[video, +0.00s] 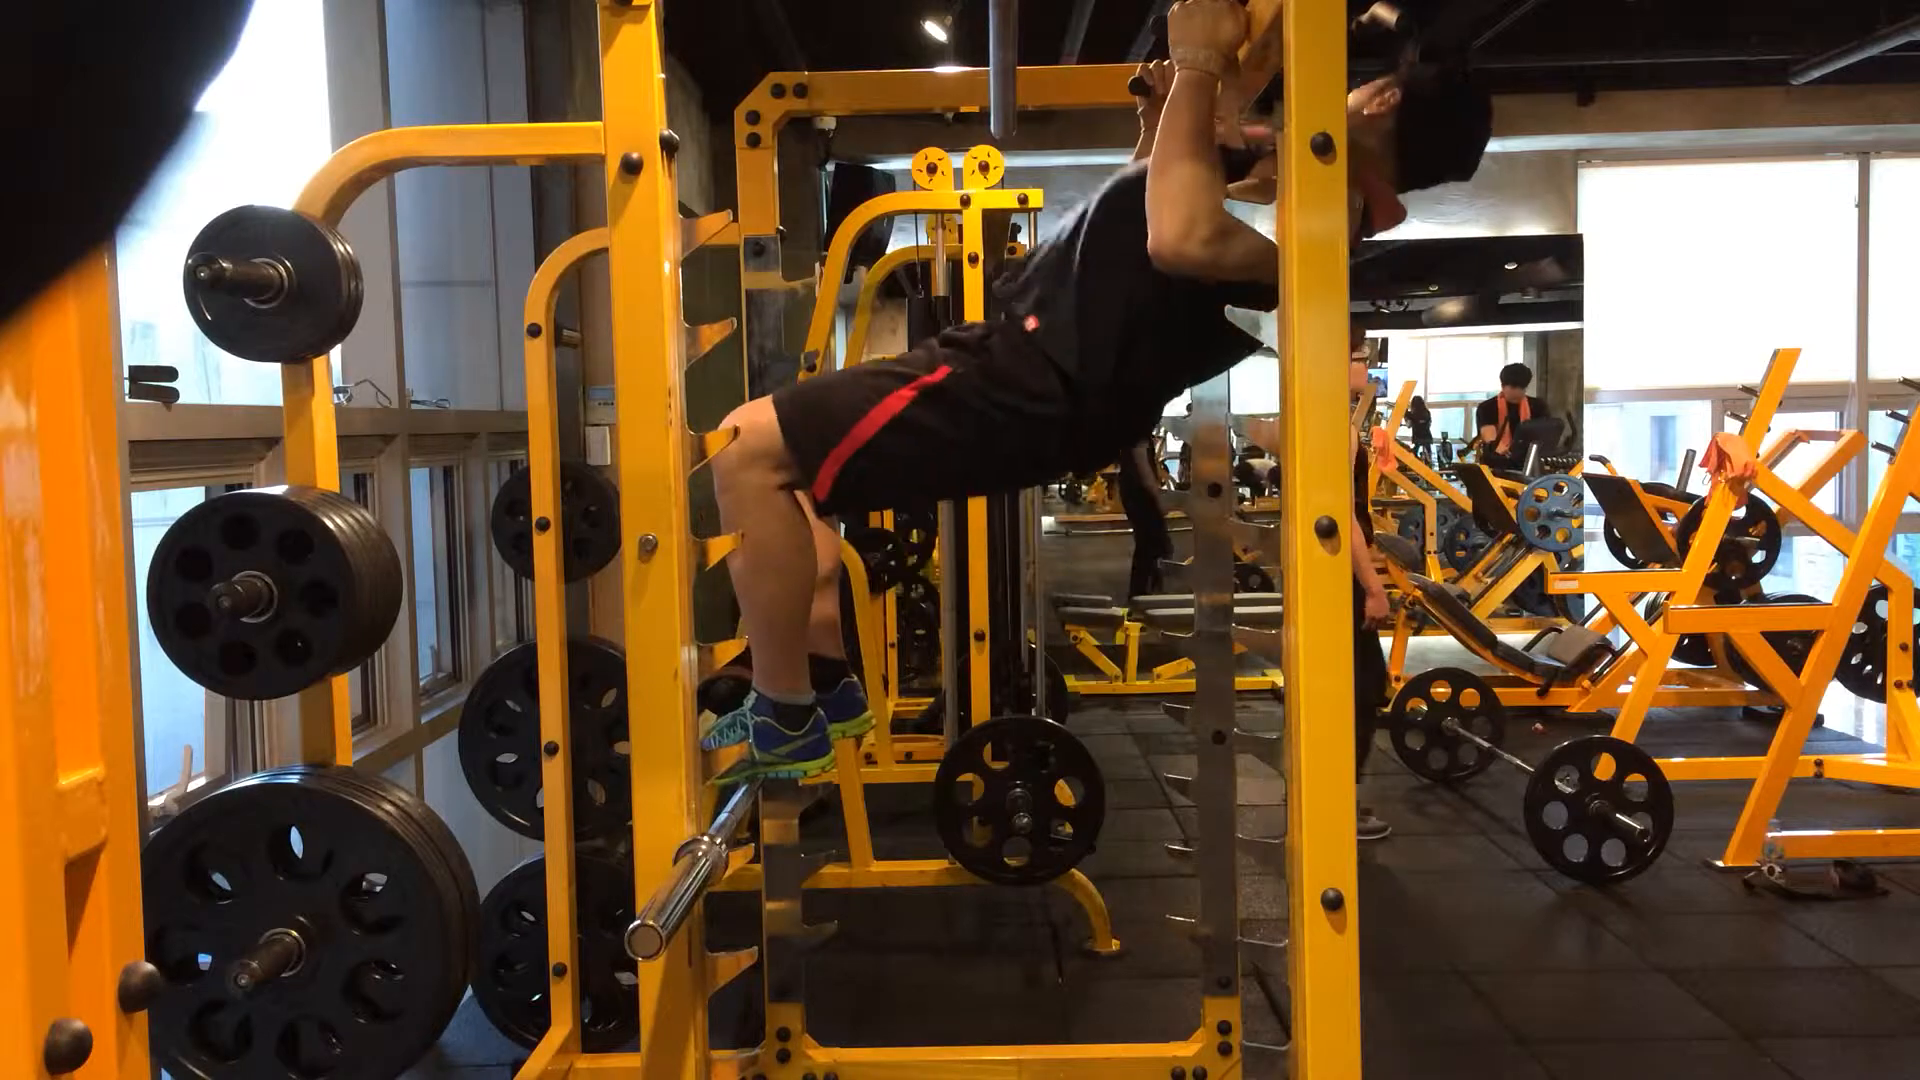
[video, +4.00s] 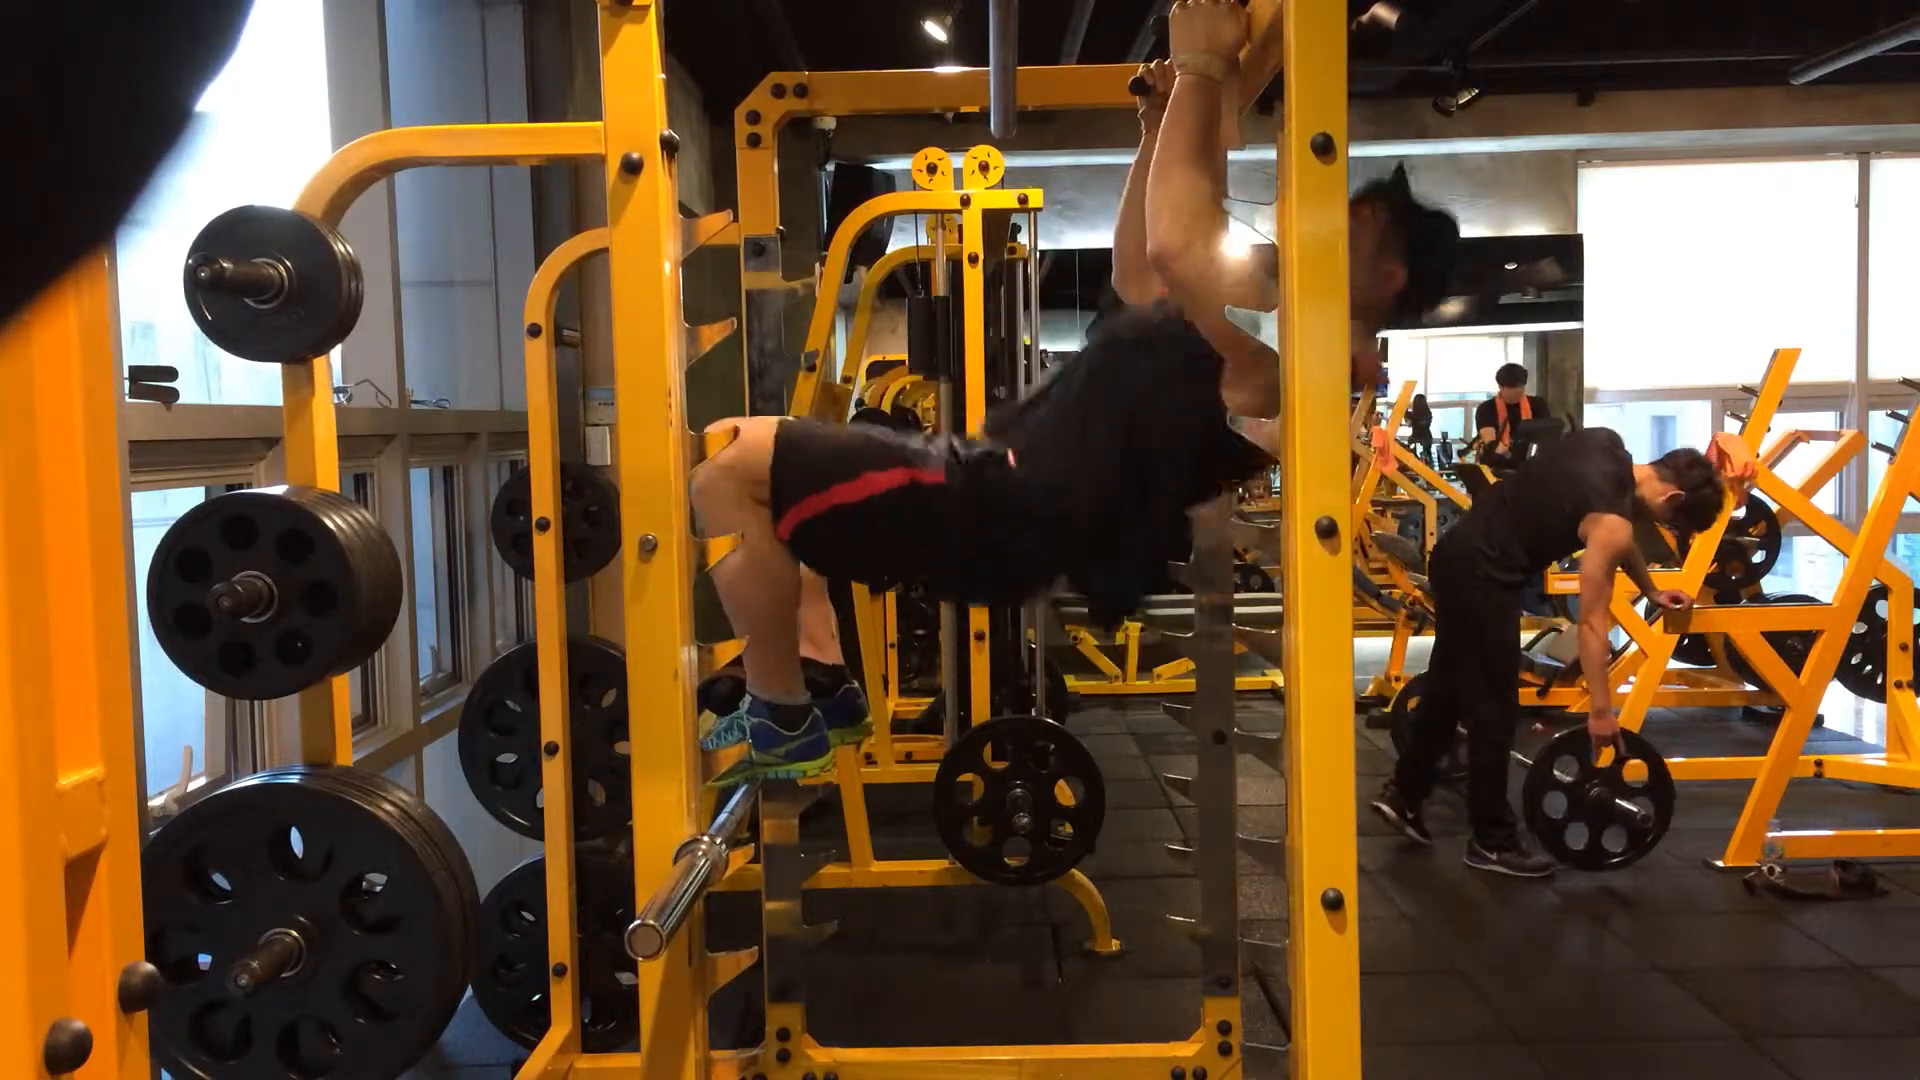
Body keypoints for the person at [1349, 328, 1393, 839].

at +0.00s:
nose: (1370, 370)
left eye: (1367, 361)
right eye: (1361, 361)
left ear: (1347, 371)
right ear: (1338, 369)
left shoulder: (1338, 427)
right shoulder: (1332, 430)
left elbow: (1346, 512)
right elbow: (1340, 512)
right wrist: (1372, 584)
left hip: (1341, 593)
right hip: (1337, 596)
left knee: (1365, 690)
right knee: (1367, 689)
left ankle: (1340, 803)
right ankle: (1342, 806)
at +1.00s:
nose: (1440, 377)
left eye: (1441, 367)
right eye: (1434, 366)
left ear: (1408, 368)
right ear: (1403, 365)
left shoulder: (1405, 422)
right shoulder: (1382, 426)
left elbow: (1417, 512)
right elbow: (1383, 519)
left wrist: (1449, 568)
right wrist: (1417, 587)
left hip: (1407, 577)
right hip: (1393, 578)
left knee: (1398, 688)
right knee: (1420, 694)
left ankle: (1385, 799)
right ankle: (1430, 822)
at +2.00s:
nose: (1517, 409)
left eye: (1522, 400)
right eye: (1519, 397)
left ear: (1495, 379)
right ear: (1497, 380)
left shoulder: (1462, 423)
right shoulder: (1451, 430)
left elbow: (1464, 522)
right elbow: (1450, 531)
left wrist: (1490, 577)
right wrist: (1486, 604)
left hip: (1461, 586)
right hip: (1442, 589)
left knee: (1494, 703)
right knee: (1451, 707)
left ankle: (1505, 820)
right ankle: (1433, 830)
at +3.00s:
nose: (1648, 492)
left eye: (1658, 486)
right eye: (1655, 482)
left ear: (1641, 449)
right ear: (1644, 456)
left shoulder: (1593, 457)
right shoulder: (1578, 484)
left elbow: (1611, 552)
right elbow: (1561, 589)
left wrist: (1654, 592)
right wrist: (1581, 670)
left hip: (1492, 568)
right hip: (1478, 572)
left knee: (1507, 702)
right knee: (1502, 707)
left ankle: (1506, 825)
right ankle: (1493, 839)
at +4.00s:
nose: (1661, 527)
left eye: (1669, 525)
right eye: (1668, 522)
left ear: (1657, 468)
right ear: (1669, 496)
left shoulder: (1602, 443)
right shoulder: (1610, 522)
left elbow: (1617, 529)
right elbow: (1592, 625)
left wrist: (1651, 589)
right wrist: (1601, 710)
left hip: (1458, 554)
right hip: (1486, 579)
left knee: (1448, 685)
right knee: (1495, 709)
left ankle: (1404, 793)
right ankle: (1491, 839)